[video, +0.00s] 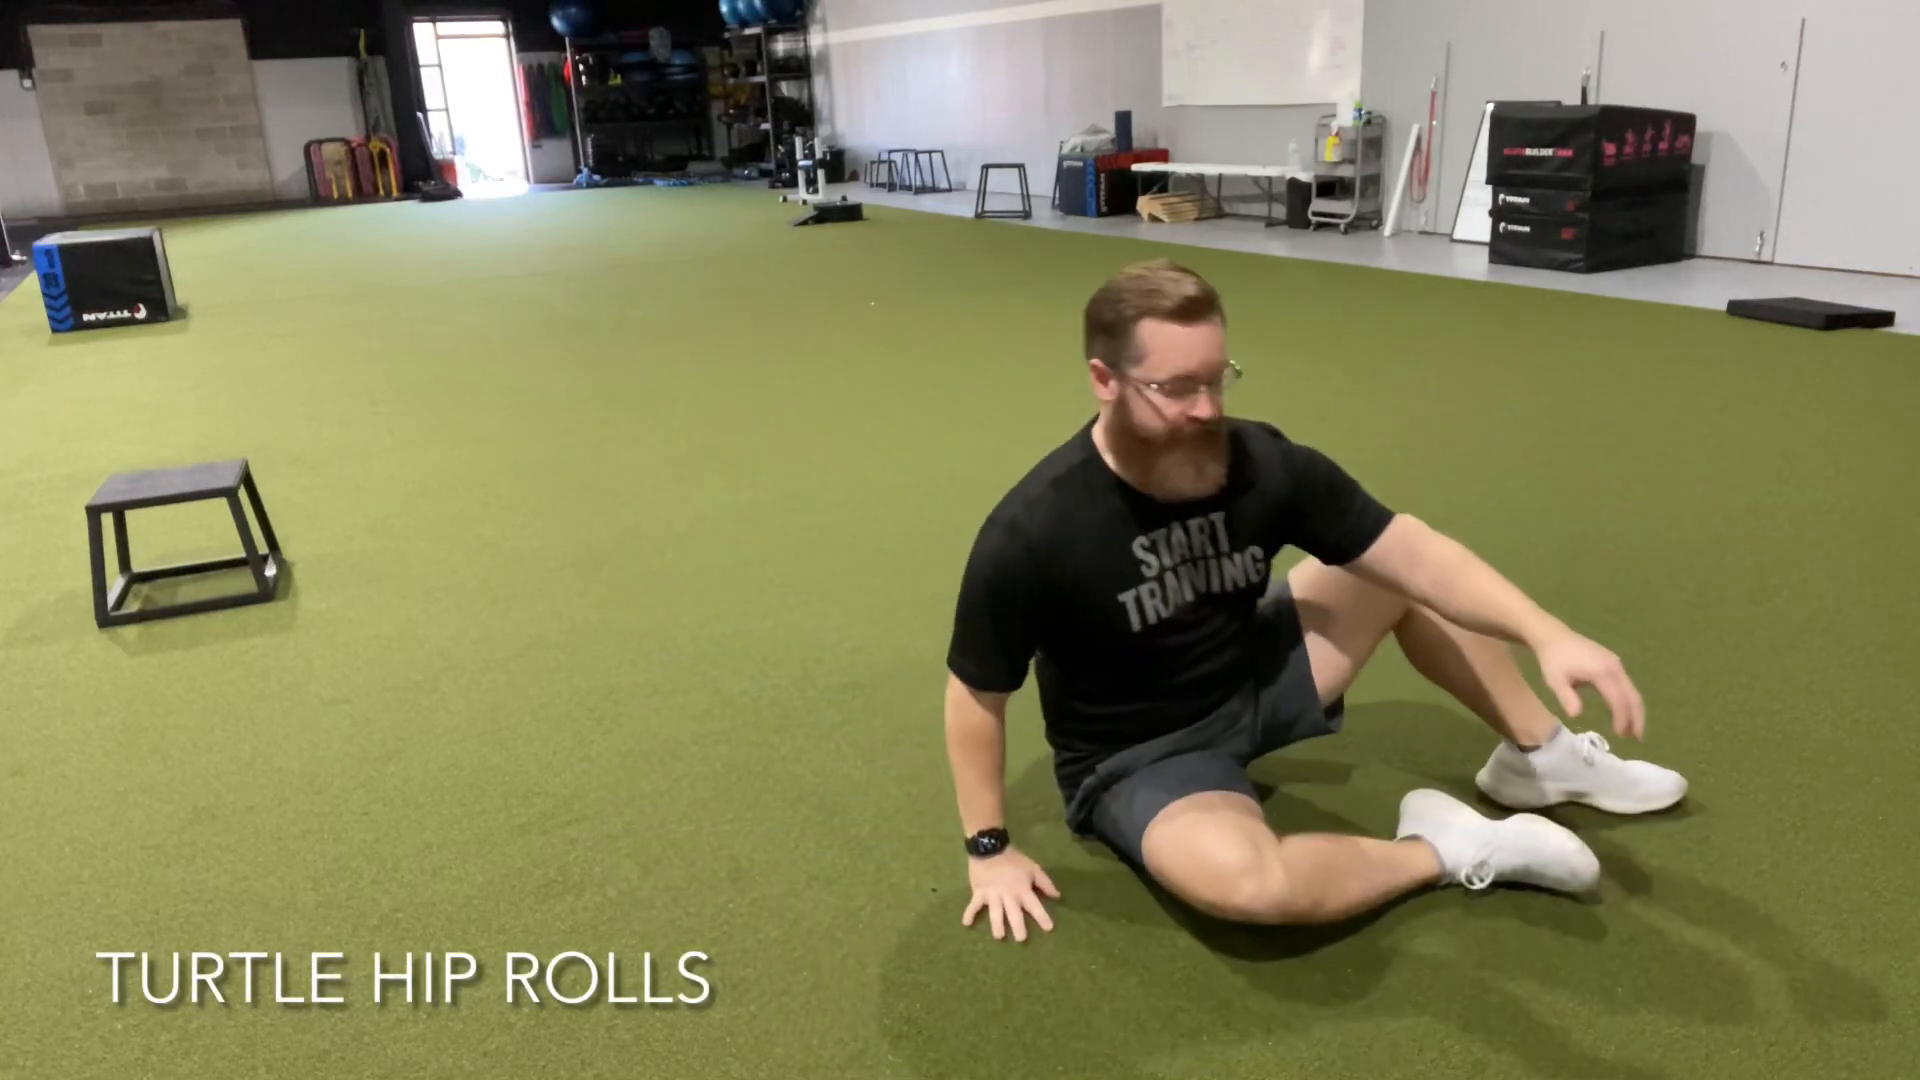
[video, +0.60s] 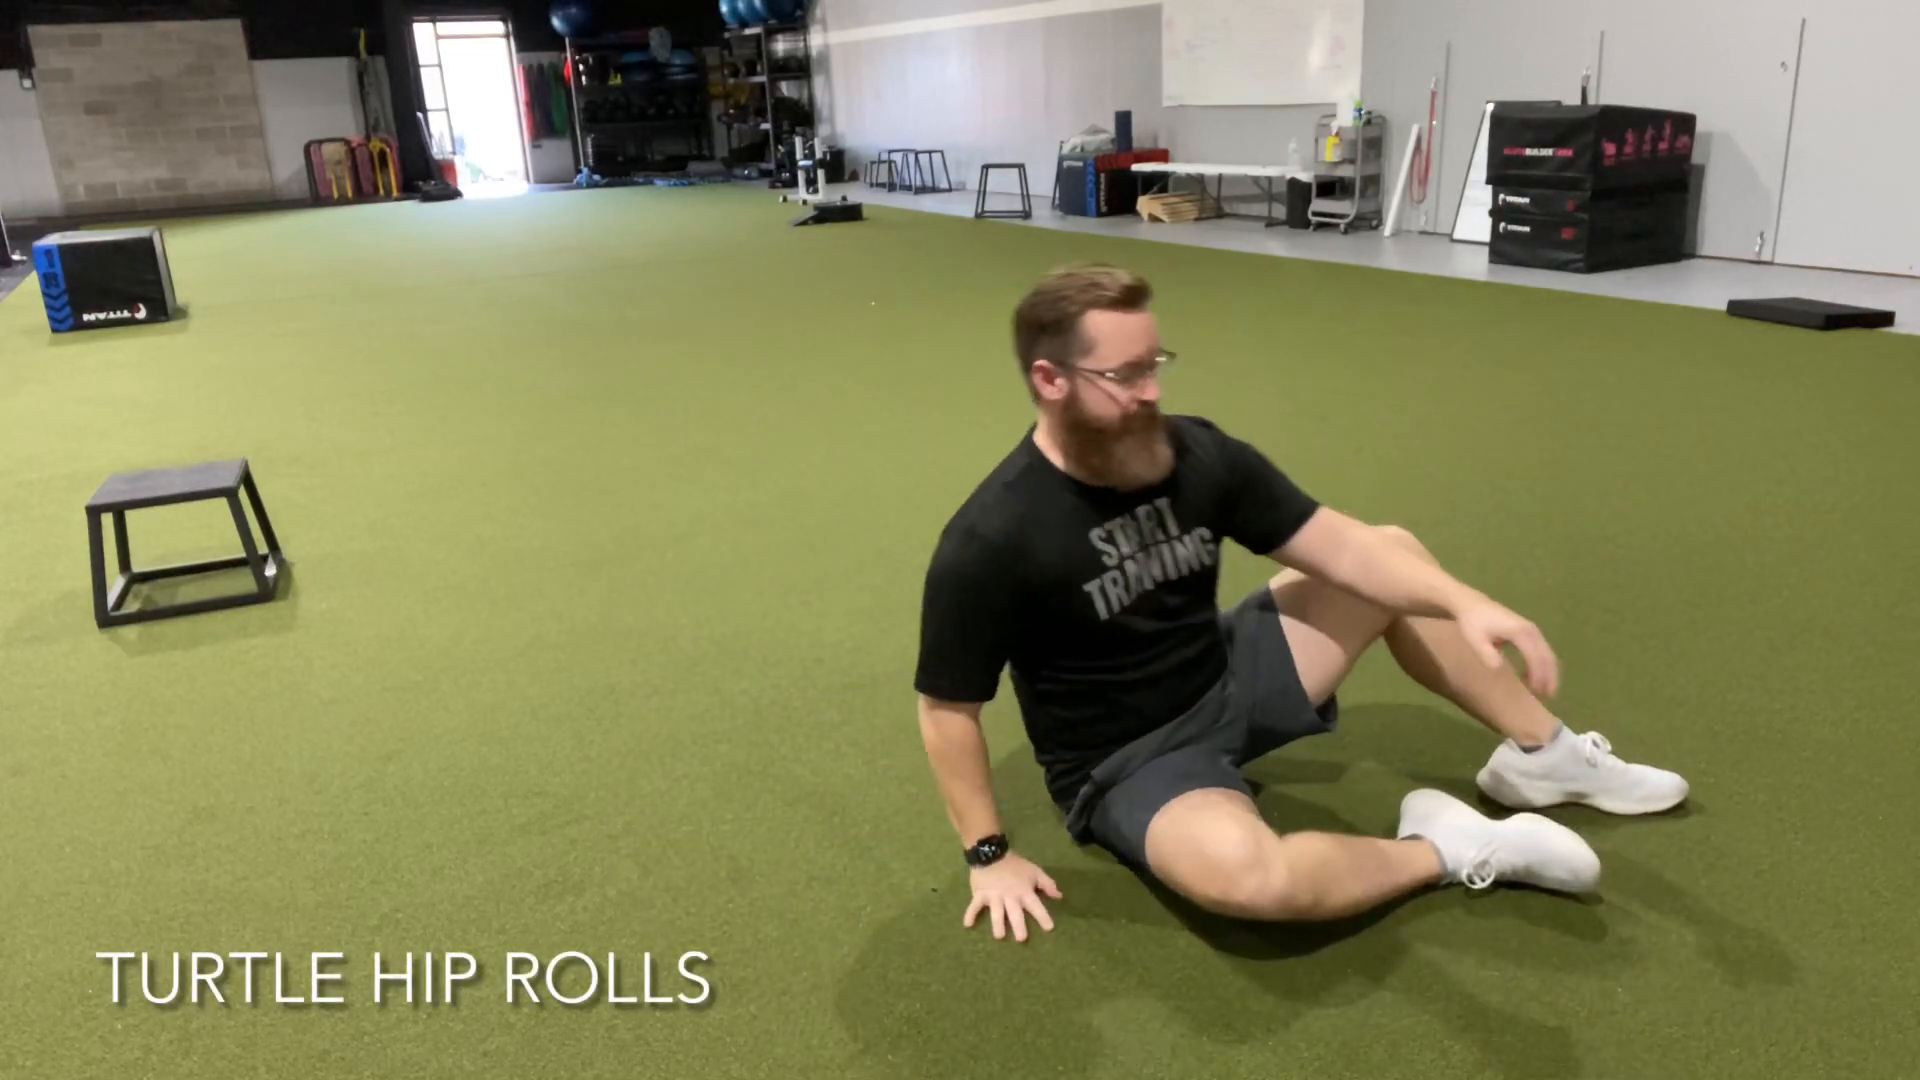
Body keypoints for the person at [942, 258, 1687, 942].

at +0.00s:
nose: (1207, 409)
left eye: (1217, 381)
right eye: (1178, 389)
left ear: (1227, 366)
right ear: (1104, 383)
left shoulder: (1261, 463)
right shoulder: (1034, 532)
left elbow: (1407, 549)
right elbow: (975, 692)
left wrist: (1548, 632)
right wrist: (987, 848)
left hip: (1254, 669)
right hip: (1142, 748)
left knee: (1394, 566)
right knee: (1243, 884)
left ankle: (1537, 751)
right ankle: (1445, 846)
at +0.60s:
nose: (1151, 394)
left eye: (1154, 368)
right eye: (1125, 376)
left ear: (1158, 356)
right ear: (1047, 382)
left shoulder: (1196, 457)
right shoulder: (990, 541)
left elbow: (1342, 547)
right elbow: (947, 707)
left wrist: (1467, 603)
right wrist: (988, 855)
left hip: (1228, 670)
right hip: (1131, 756)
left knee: (1385, 556)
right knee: (1243, 879)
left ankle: (1545, 751)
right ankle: (1444, 844)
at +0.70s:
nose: (1107, 393)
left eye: (1107, 367)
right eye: (1079, 377)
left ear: (1111, 364)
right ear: (1003, 393)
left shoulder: (1151, 460)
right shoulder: (960, 550)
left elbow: (1289, 544)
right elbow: (929, 718)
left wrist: (1413, 584)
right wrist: (988, 854)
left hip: (1210, 667)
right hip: (1117, 755)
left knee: (1376, 569)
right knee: (1254, 861)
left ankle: (1544, 748)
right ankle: (1454, 844)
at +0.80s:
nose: (1052, 394)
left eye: (1052, 371)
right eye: (1026, 381)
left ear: (1060, 371)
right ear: (954, 404)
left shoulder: (1099, 466)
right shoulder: (928, 559)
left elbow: (1222, 537)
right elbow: (911, 726)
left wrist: (1324, 563)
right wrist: (985, 855)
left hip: (1193, 664)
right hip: (1103, 755)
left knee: (1363, 570)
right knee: (1248, 828)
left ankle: (1542, 748)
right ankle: (1453, 843)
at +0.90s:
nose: (996, 406)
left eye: (994, 385)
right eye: (970, 395)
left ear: (997, 387)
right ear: (905, 419)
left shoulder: (1051, 477)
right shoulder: (892, 570)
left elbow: (1174, 539)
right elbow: (892, 733)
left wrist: (1259, 553)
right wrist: (984, 857)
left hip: (1169, 659)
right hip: (1088, 751)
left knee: (1342, 563)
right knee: (1240, 791)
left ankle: (1522, 737)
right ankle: (1457, 832)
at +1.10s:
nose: (899, 443)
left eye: (894, 426)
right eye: (872, 438)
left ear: (900, 430)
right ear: (816, 476)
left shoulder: (964, 504)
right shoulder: (830, 600)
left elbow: (1091, 543)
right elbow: (870, 750)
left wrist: (1161, 516)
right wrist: (990, 834)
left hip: (1122, 649)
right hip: (1056, 744)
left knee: (1299, 539)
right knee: (1213, 696)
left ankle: (1475, 716)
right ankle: (1427, 801)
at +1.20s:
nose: (852, 477)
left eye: (847, 461)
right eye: (824, 474)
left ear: (855, 467)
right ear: (776, 514)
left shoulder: (928, 531)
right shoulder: (804, 626)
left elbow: (1049, 551)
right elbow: (857, 753)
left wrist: (1101, 511)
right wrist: (982, 787)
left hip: (1106, 642)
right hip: (1041, 736)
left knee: (1254, 512)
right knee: (1182, 634)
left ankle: (1438, 685)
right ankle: (1395, 757)